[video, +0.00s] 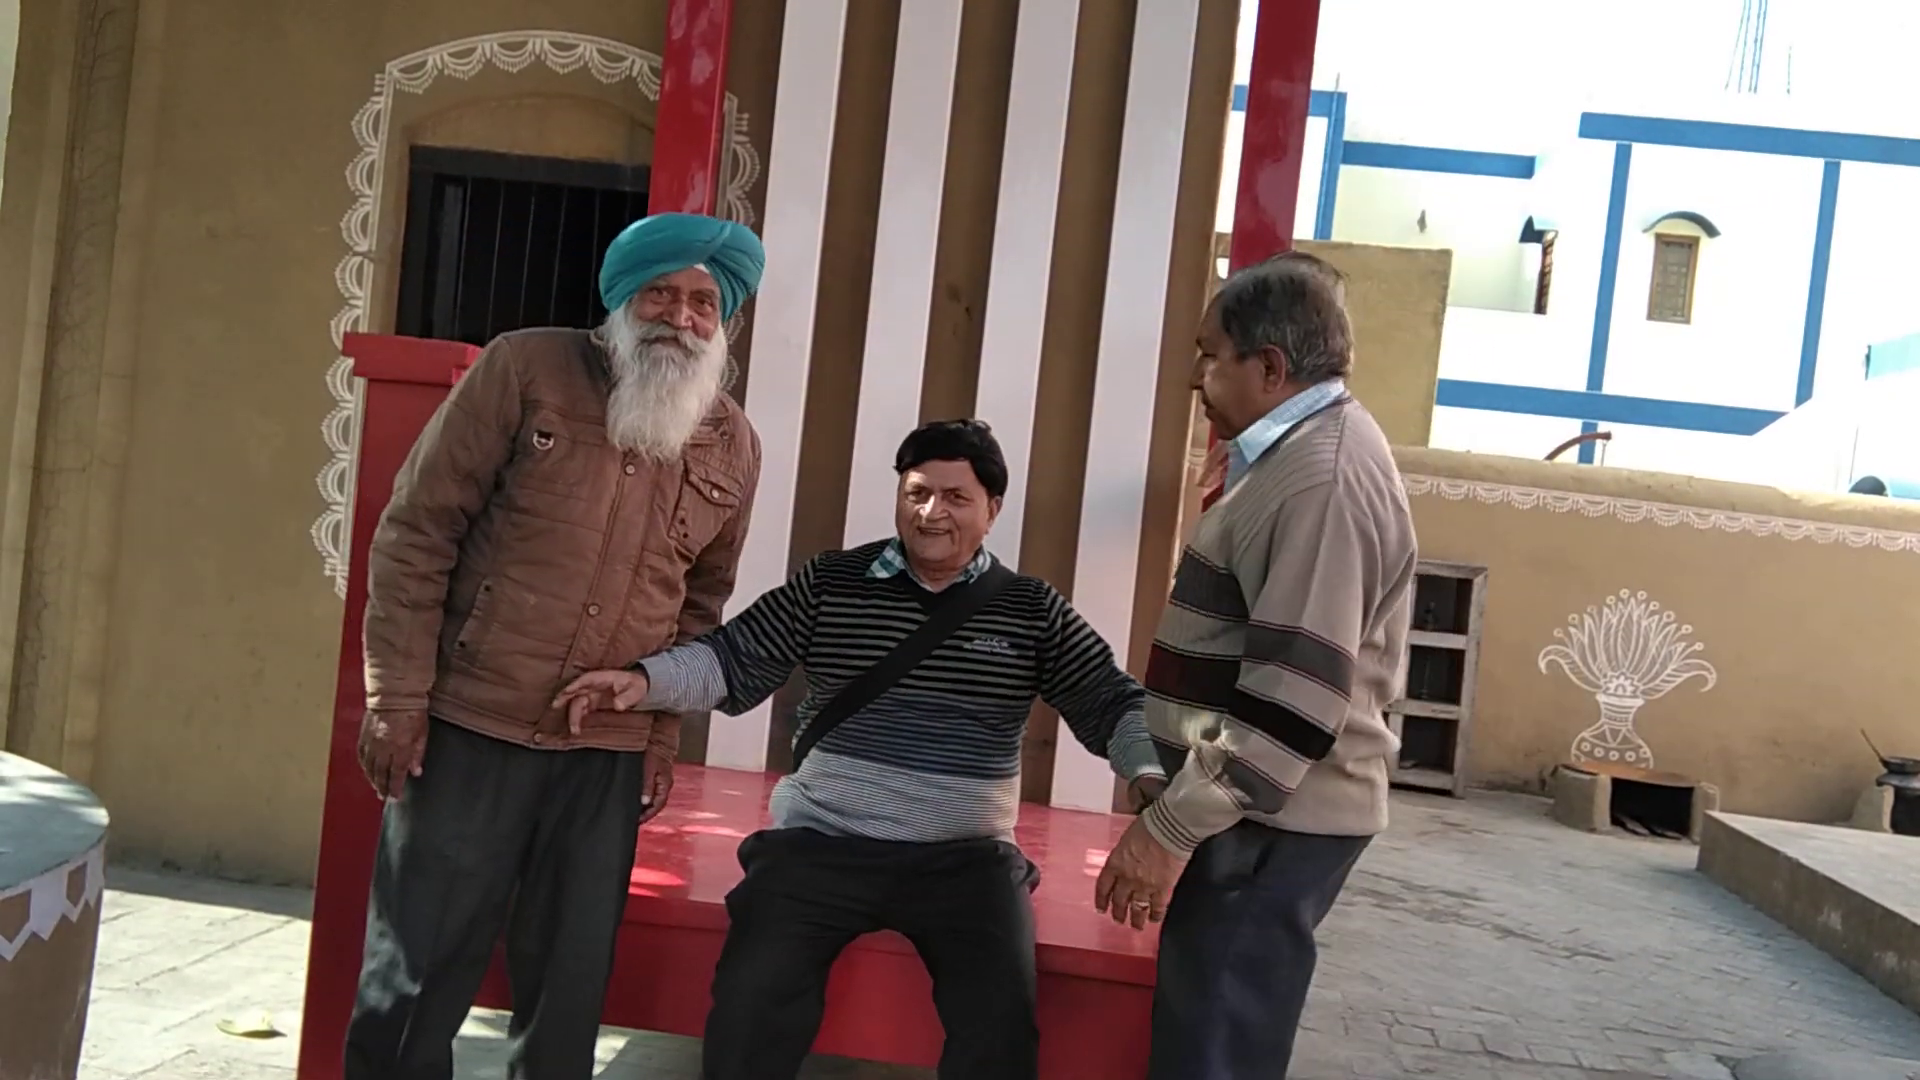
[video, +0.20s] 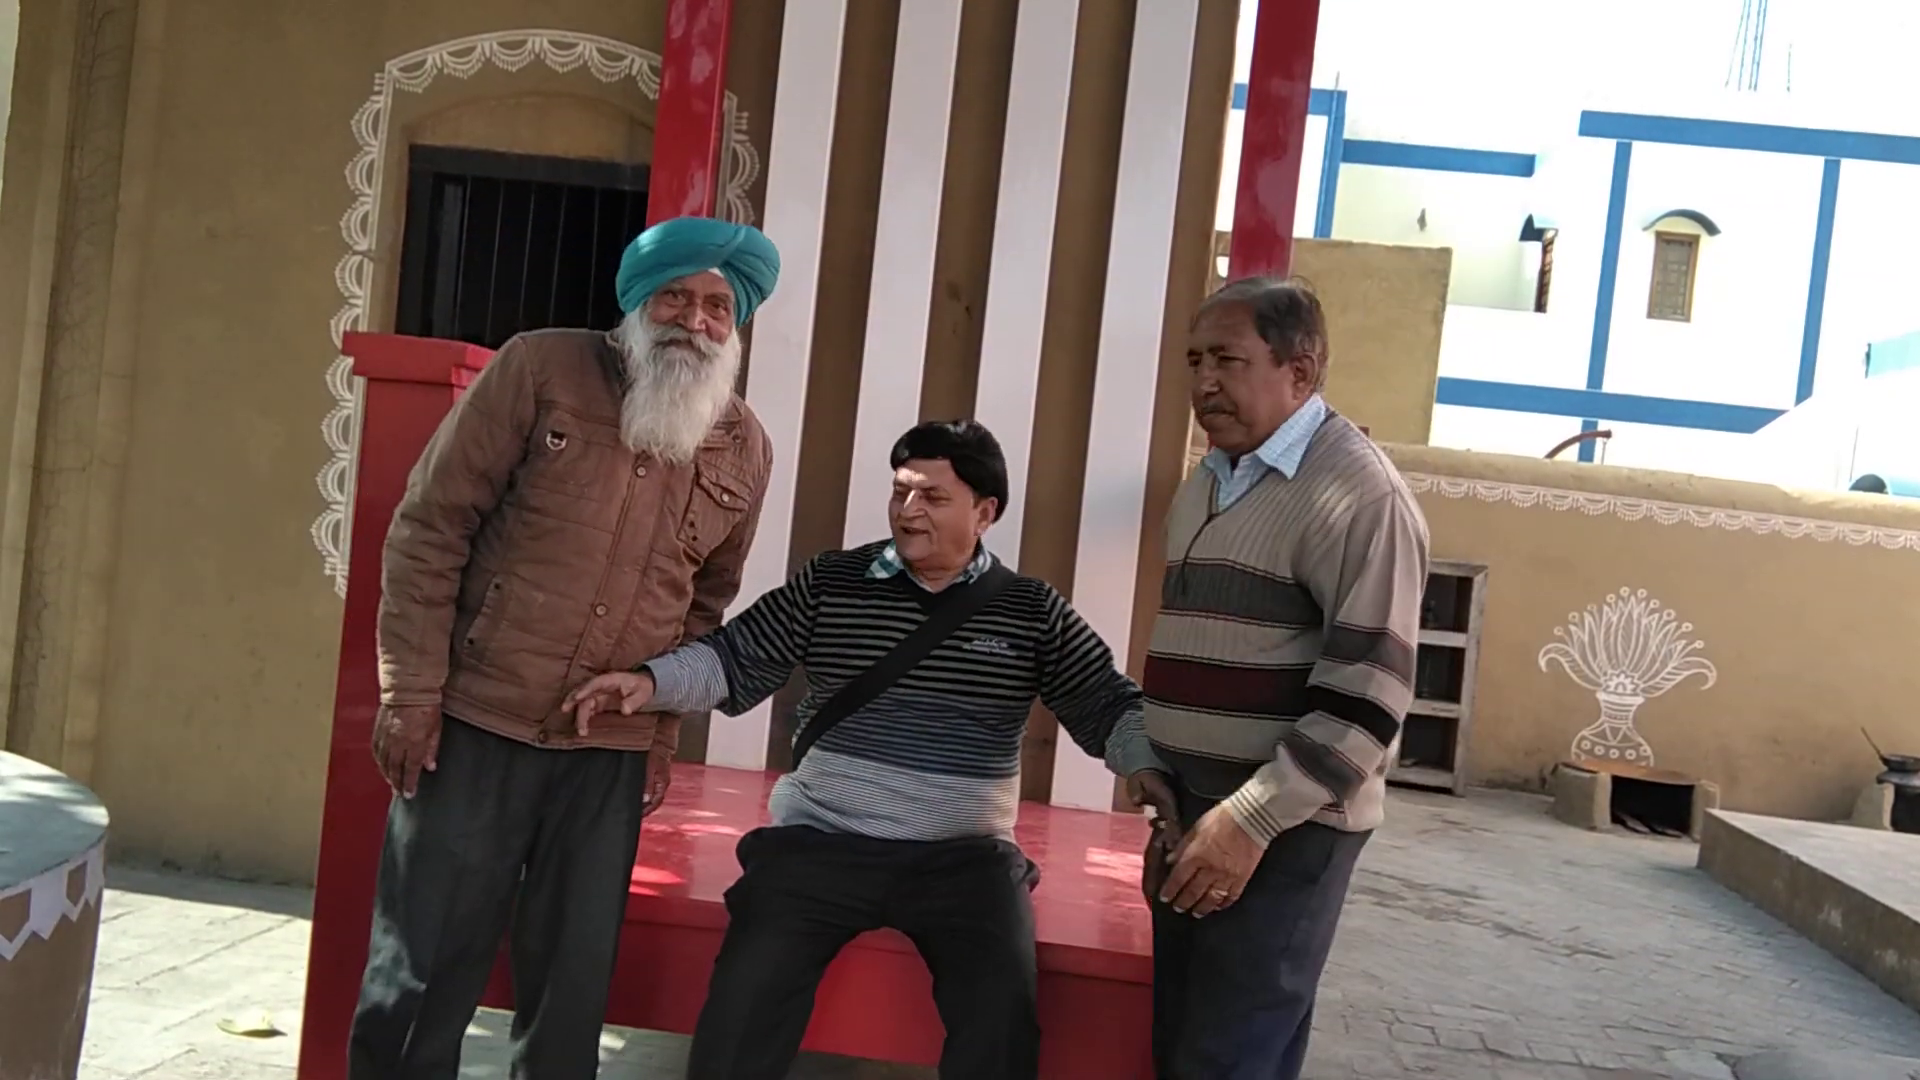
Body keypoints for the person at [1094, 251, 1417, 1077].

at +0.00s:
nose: (1198, 378)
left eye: (1213, 358)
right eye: (1202, 357)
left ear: (1272, 368)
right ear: (1275, 368)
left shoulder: (1324, 477)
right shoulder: (1294, 455)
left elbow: (1297, 705)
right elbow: (1234, 651)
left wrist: (1170, 827)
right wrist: (1156, 771)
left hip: (1275, 826)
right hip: (1248, 816)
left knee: (1213, 1048)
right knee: (1204, 1042)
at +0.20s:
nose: (1203, 382)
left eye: (1225, 359)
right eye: (1195, 361)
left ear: (1299, 367)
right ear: (1186, 369)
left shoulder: (1367, 500)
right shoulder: (1204, 481)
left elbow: (1364, 707)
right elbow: (1179, 650)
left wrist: (1249, 820)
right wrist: (1151, 768)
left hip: (1290, 837)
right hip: (1187, 822)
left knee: (1232, 1058)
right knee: (1182, 1051)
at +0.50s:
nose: (1199, 380)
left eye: (1221, 358)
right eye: (1181, 364)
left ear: (1274, 367)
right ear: (1165, 380)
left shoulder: (1354, 483)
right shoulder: (1150, 504)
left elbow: (1423, 664)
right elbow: (1145, 663)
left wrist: (1430, 821)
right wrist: (1139, 775)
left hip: (1315, 830)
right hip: (1182, 821)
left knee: (1285, 1062)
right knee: (1171, 1057)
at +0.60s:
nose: (1196, 380)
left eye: (1217, 357)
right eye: (1177, 363)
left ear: (1267, 365)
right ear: (1160, 380)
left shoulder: (1349, 480)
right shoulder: (1141, 504)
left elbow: (1426, 654)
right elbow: (1139, 662)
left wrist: (1442, 809)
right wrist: (1135, 800)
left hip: (1313, 829)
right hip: (1179, 825)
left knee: (1285, 1062)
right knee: (1168, 1057)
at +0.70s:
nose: (1187, 383)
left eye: (1208, 359)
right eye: (1168, 366)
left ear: (1259, 368)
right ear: (1151, 384)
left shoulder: (1342, 478)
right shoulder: (1135, 506)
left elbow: (1422, 649)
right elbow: (1136, 660)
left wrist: (1431, 799)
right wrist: (1132, 790)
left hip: (1311, 829)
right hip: (1176, 823)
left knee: (1285, 1061)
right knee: (1167, 1057)